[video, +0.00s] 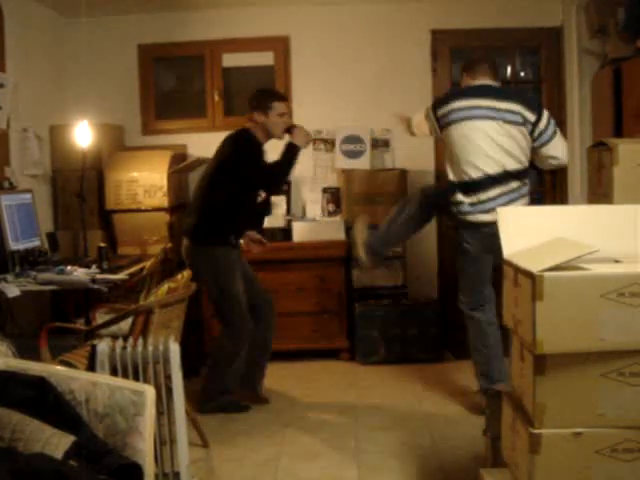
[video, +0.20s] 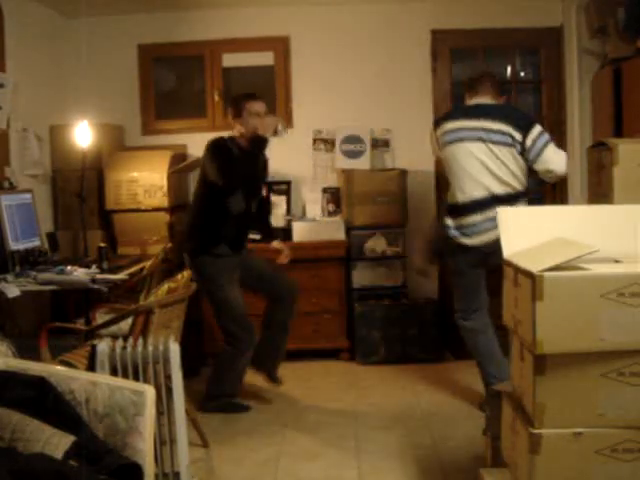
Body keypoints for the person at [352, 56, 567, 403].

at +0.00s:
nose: (463, 85)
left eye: (463, 79)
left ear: (463, 79)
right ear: (497, 78)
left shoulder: (449, 104)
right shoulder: (525, 105)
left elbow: (418, 128)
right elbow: (558, 156)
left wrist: (406, 120)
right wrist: (522, 150)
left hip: (475, 221)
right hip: (518, 215)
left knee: (478, 305)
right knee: (428, 197)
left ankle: (495, 389)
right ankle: (374, 248)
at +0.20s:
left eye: (465, 100)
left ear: (466, 98)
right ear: (502, 98)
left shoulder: (444, 125)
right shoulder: (517, 121)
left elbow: (446, 167)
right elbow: (557, 166)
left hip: (467, 239)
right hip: (513, 233)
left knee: (471, 313)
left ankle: (498, 387)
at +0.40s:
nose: (502, 90)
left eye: (503, 86)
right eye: (504, 86)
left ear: (471, 72)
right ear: (499, 79)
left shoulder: (441, 102)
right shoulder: (496, 105)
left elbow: (443, 150)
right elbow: (529, 153)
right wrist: (508, 146)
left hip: (460, 216)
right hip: (499, 212)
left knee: (476, 298)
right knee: (514, 292)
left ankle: (491, 381)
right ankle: (523, 369)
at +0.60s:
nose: (506, 108)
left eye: (508, 103)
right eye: (505, 101)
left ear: (486, 94)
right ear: (489, 92)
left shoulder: (470, 115)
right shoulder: (459, 112)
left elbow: (513, 116)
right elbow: (457, 147)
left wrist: (553, 98)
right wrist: (503, 155)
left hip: (455, 217)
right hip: (468, 212)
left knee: (474, 304)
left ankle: (477, 394)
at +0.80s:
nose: (502, 104)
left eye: (506, 98)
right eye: (498, 96)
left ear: (503, 95)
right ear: (475, 88)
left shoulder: (492, 122)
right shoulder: (442, 109)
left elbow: (528, 134)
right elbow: (415, 140)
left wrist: (557, 127)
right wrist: (467, 152)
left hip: (467, 204)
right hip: (442, 203)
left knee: (459, 290)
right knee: (529, 214)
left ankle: (437, 383)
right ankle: (483, 268)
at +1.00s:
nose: (488, 95)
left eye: (491, 89)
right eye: (482, 87)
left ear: (491, 89)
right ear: (460, 81)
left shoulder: (486, 123)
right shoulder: (433, 112)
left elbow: (505, 160)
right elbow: (398, 150)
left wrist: (526, 174)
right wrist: (448, 154)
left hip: (470, 205)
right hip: (437, 202)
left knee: (463, 294)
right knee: (508, 226)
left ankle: (439, 383)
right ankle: (469, 294)